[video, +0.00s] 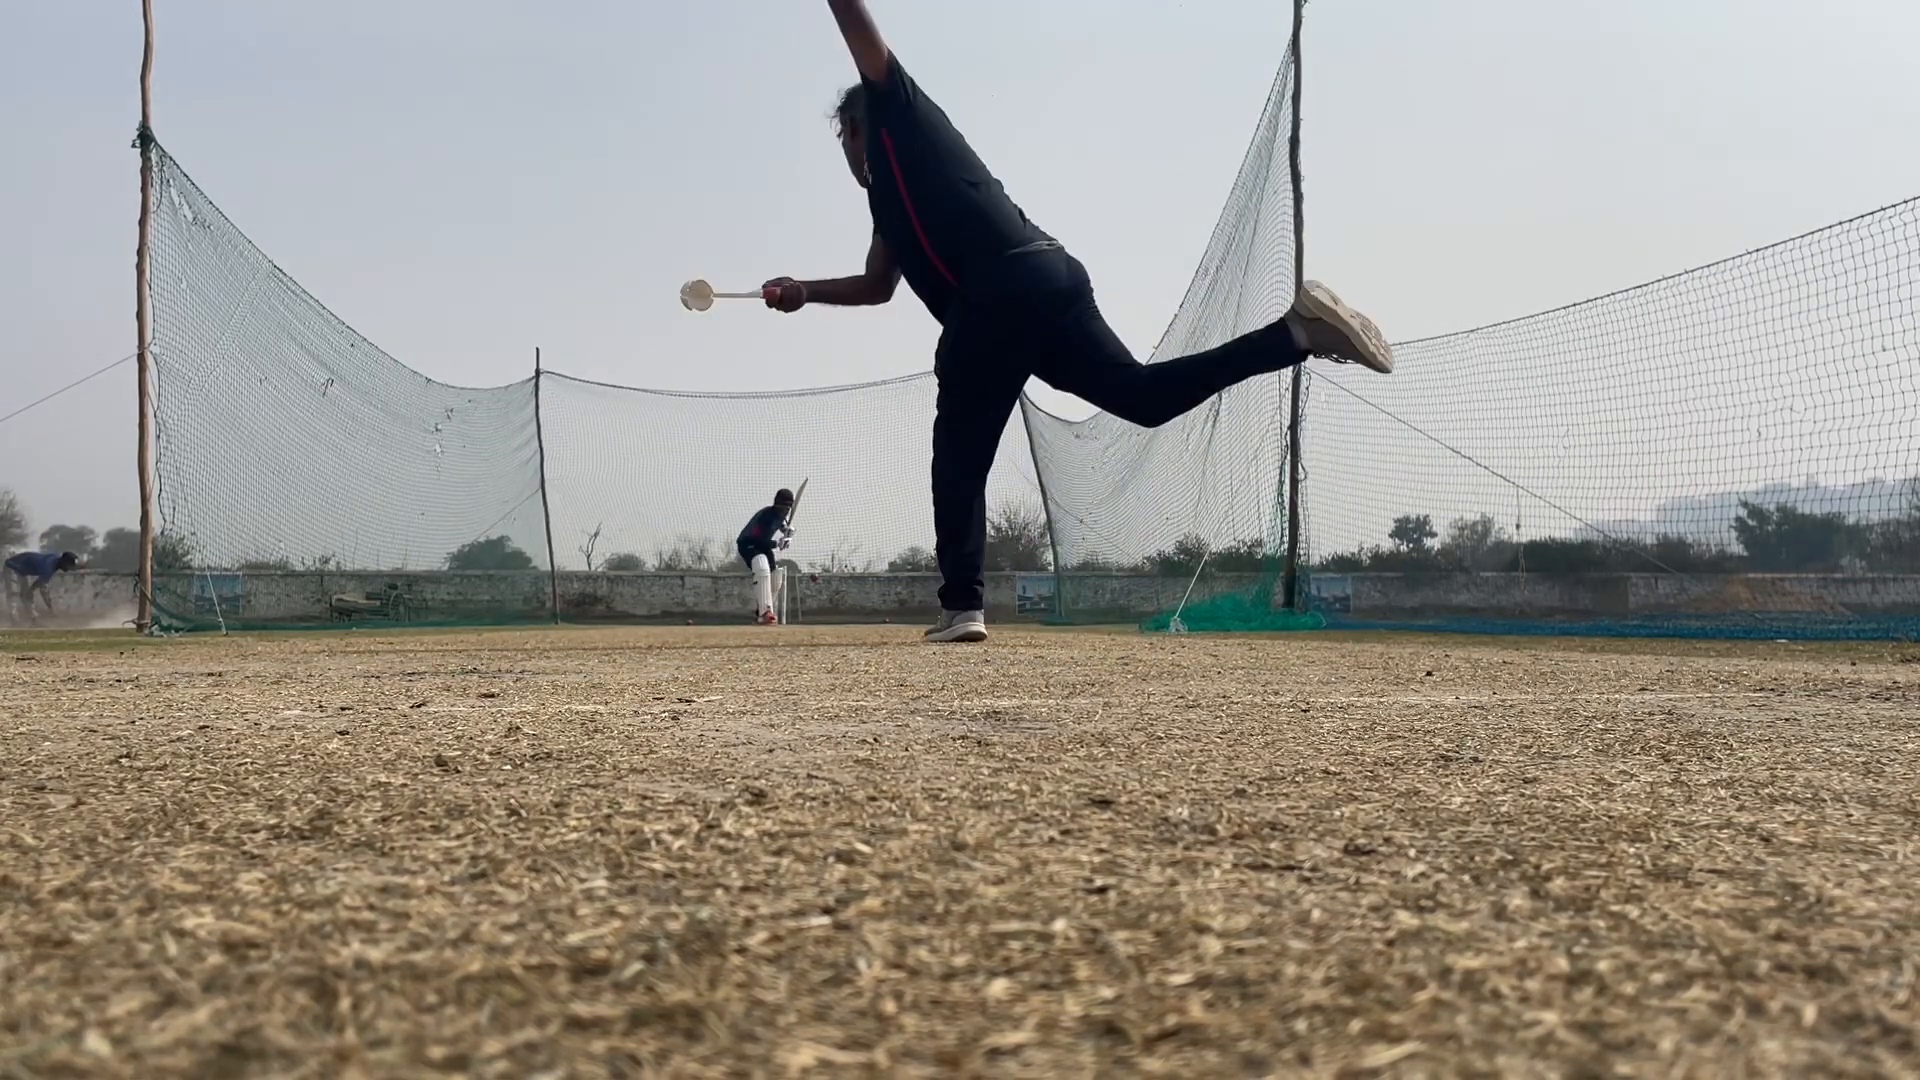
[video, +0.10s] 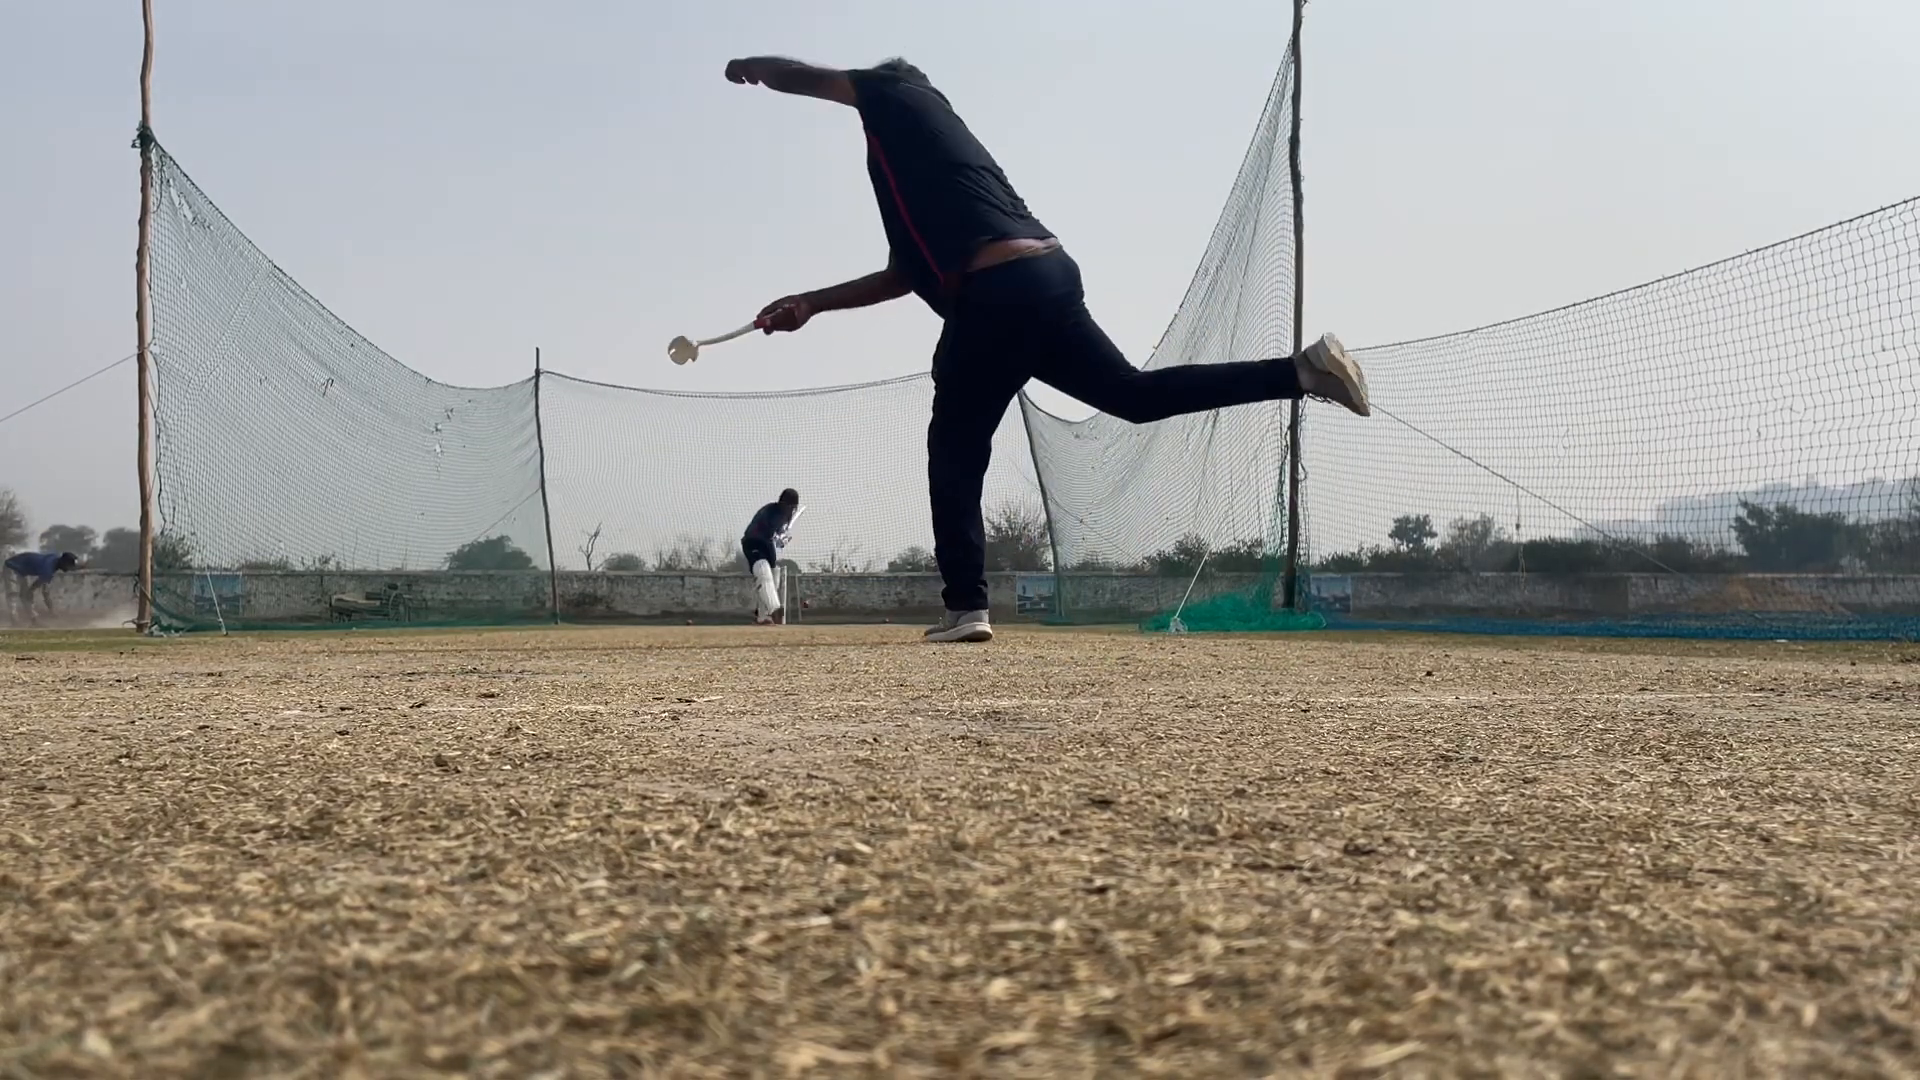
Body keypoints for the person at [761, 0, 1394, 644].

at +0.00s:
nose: (847, 156)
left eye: (846, 140)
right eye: (843, 146)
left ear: (864, 121)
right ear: (869, 137)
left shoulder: (896, 105)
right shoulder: (891, 204)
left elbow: (850, 11)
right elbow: (874, 287)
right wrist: (802, 291)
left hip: (994, 302)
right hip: (1046, 283)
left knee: (959, 466)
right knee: (1144, 399)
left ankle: (962, 612)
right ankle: (1298, 333)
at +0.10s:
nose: (857, 109)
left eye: (862, 96)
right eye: (863, 107)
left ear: (884, 88)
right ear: (918, 104)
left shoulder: (897, 96)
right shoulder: (922, 182)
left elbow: (798, 76)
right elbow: (899, 279)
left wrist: (748, 71)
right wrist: (809, 303)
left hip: (991, 295)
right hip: (1049, 281)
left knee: (954, 457)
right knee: (1133, 396)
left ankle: (964, 611)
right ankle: (1303, 373)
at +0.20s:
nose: (873, 87)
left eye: (876, 79)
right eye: (881, 79)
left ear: (883, 76)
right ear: (936, 82)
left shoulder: (878, 102)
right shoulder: (962, 127)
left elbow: (824, 194)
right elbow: (964, 261)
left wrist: (783, 255)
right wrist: (886, 322)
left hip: (984, 298)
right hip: (1048, 279)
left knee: (945, 458)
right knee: (1108, 403)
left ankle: (965, 611)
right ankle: (1258, 468)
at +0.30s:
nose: (882, 89)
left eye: (881, 80)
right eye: (886, 81)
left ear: (886, 77)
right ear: (943, 74)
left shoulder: (882, 117)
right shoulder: (981, 117)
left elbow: (870, 234)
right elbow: (995, 217)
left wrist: (855, 342)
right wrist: (952, 306)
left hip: (975, 301)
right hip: (1044, 285)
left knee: (939, 454)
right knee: (1090, 419)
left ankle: (965, 611)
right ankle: (1161, 563)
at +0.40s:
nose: (893, 87)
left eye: (892, 78)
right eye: (895, 80)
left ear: (900, 76)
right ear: (954, 72)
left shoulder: (898, 119)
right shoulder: (1001, 115)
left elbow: (918, 187)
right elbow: (1064, 210)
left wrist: (924, 268)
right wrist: (1052, 277)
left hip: (969, 308)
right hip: (1035, 300)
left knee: (938, 459)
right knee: (1062, 445)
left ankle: (965, 613)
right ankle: (1115, 603)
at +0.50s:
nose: (912, 82)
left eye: (912, 74)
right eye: (917, 76)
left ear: (918, 72)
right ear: (974, 71)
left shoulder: (909, 109)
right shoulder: (1016, 117)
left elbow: (937, 151)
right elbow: (1078, 216)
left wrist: (953, 208)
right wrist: (1060, 279)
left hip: (966, 320)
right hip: (1038, 316)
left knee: (937, 467)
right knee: (1066, 455)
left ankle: (966, 612)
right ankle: (1119, 603)